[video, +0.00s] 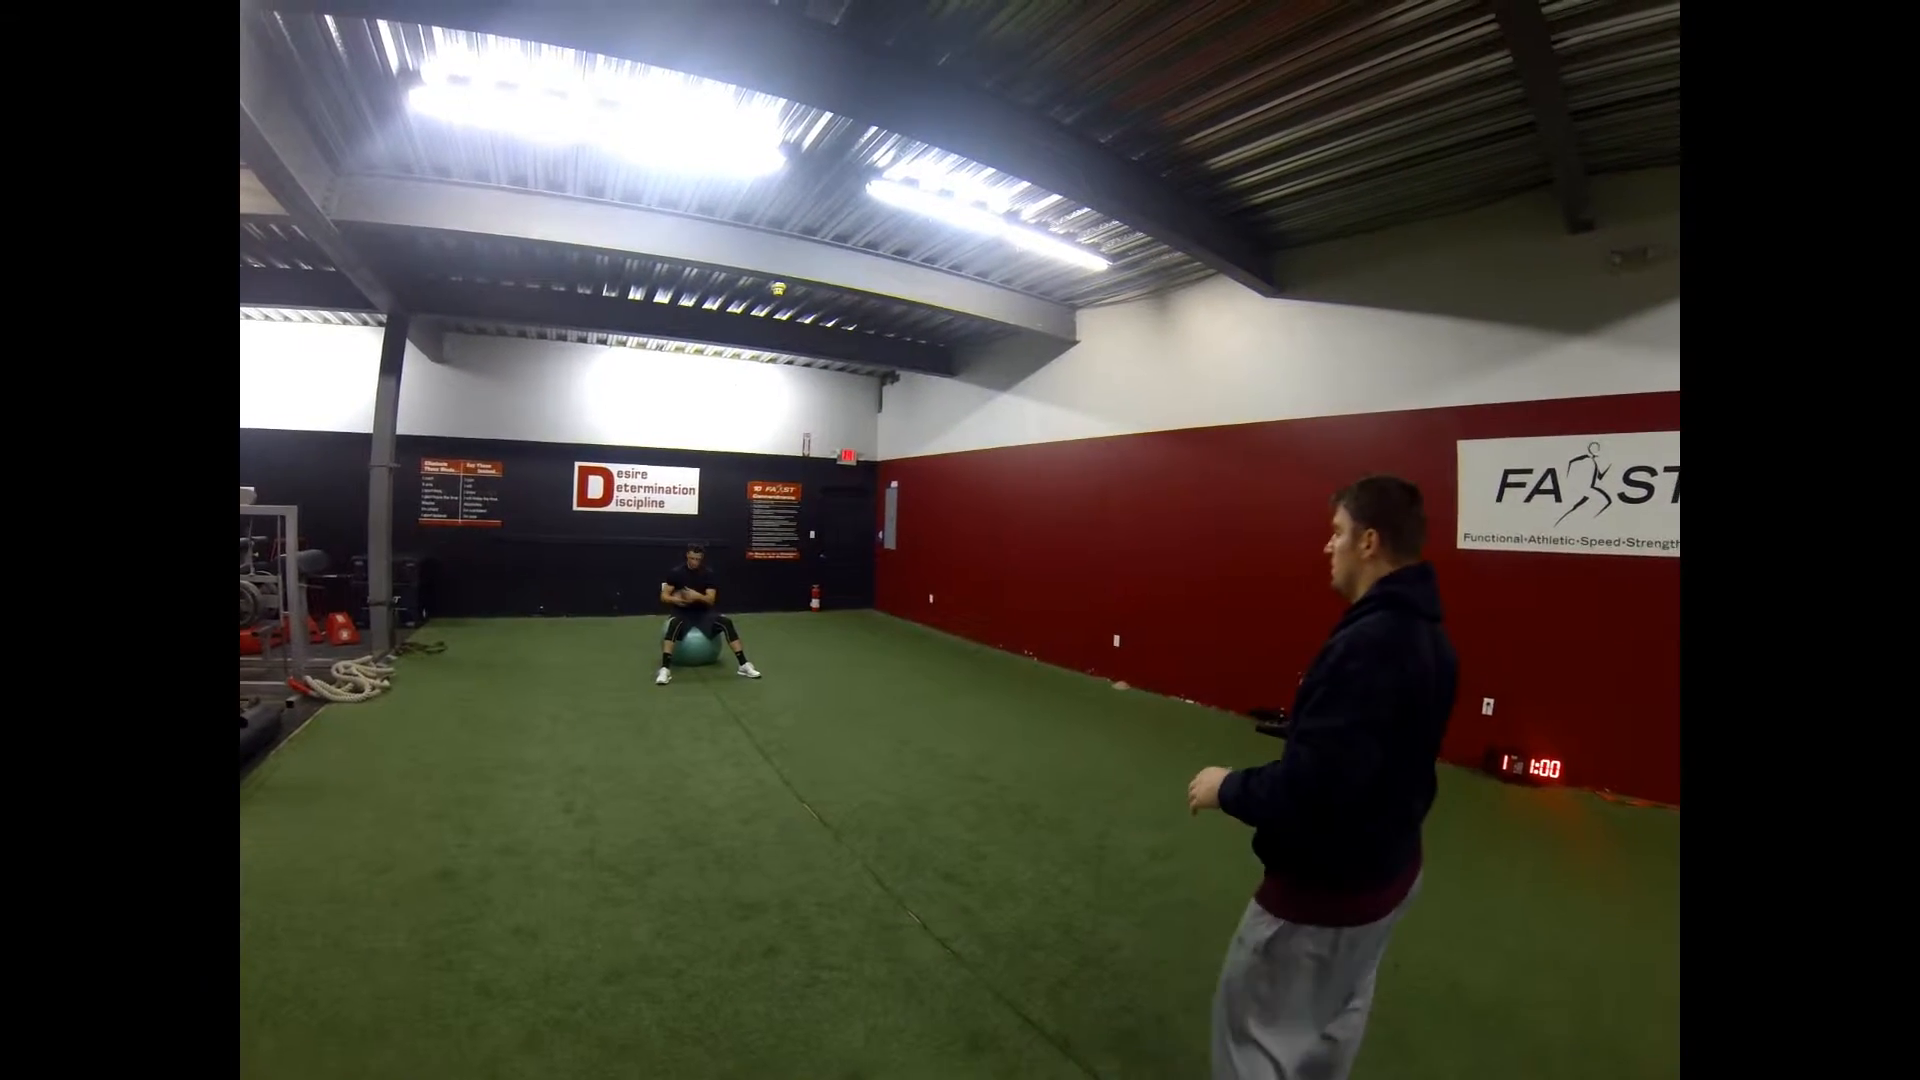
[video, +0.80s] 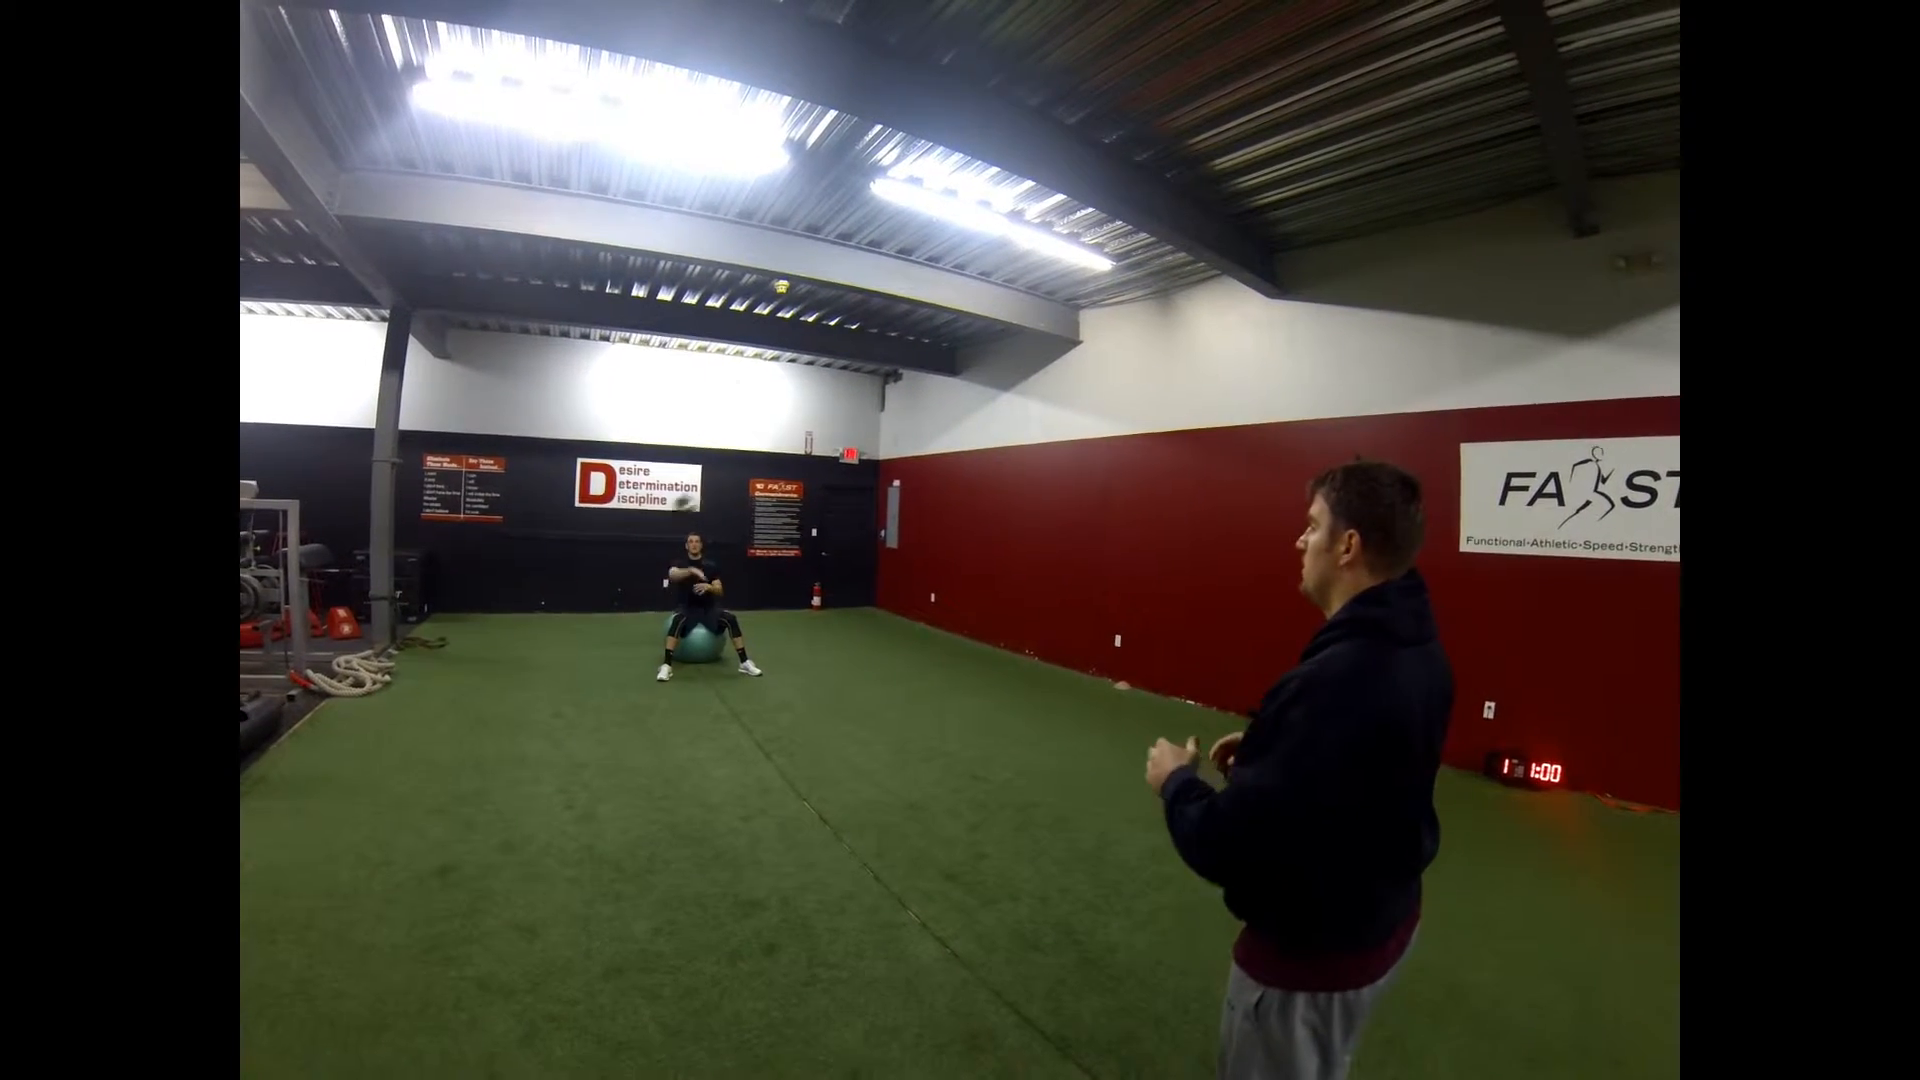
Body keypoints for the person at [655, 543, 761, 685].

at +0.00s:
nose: (695, 562)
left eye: (698, 559)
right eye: (692, 559)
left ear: (702, 559)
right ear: (687, 557)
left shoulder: (708, 573)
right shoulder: (677, 573)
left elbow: (711, 600)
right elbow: (664, 596)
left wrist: (696, 596)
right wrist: (677, 600)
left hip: (703, 613)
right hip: (683, 613)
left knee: (726, 622)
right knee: (674, 624)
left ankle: (744, 664)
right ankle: (665, 669)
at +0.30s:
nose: (689, 558)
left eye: (692, 554)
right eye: (686, 554)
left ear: (697, 556)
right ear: (681, 555)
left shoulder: (706, 574)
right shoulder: (675, 574)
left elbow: (715, 601)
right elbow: (664, 595)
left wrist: (701, 601)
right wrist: (663, 592)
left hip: (704, 614)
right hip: (683, 614)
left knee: (726, 623)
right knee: (675, 626)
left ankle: (741, 666)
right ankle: (663, 670)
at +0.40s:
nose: (690, 557)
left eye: (693, 554)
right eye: (687, 554)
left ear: (697, 556)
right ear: (681, 555)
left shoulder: (706, 573)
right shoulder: (676, 575)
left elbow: (720, 597)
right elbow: (669, 598)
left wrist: (708, 603)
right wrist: (659, 586)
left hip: (704, 615)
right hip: (684, 615)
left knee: (727, 623)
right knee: (677, 626)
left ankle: (742, 667)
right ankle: (664, 670)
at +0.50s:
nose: (690, 555)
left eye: (693, 552)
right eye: (687, 552)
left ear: (697, 554)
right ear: (682, 554)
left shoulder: (707, 572)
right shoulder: (677, 574)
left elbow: (724, 593)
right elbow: (659, 593)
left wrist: (718, 599)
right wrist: (657, 569)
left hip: (705, 615)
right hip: (684, 616)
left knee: (728, 623)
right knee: (677, 625)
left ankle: (742, 666)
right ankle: (664, 670)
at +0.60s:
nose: (691, 552)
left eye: (694, 549)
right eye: (688, 549)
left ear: (699, 552)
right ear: (683, 552)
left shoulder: (708, 570)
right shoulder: (678, 571)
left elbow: (723, 591)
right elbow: (661, 583)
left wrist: (718, 594)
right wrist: (655, 560)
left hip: (706, 613)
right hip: (685, 613)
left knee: (728, 622)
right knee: (676, 623)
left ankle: (742, 664)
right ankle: (664, 668)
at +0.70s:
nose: (691, 549)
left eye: (694, 547)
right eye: (688, 546)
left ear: (699, 549)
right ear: (684, 549)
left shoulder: (708, 568)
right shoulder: (680, 567)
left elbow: (721, 592)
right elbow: (670, 572)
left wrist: (714, 588)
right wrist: (663, 551)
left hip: (706, 612)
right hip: (685, 612)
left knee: (728, 621)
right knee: (677, 622)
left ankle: (743, 664)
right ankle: (665, 667)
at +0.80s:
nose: (694, 545)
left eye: (696, 542)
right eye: (691, 542)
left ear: (702, 545)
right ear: (686, 545)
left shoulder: (710, 565)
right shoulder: (679, 562)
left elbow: (719, 589)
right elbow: (673, 575)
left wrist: (708, 587)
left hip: (708, 610)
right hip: (687, 609)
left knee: (730, 619)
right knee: (678, 619)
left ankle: (744, 662)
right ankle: (666, 665)